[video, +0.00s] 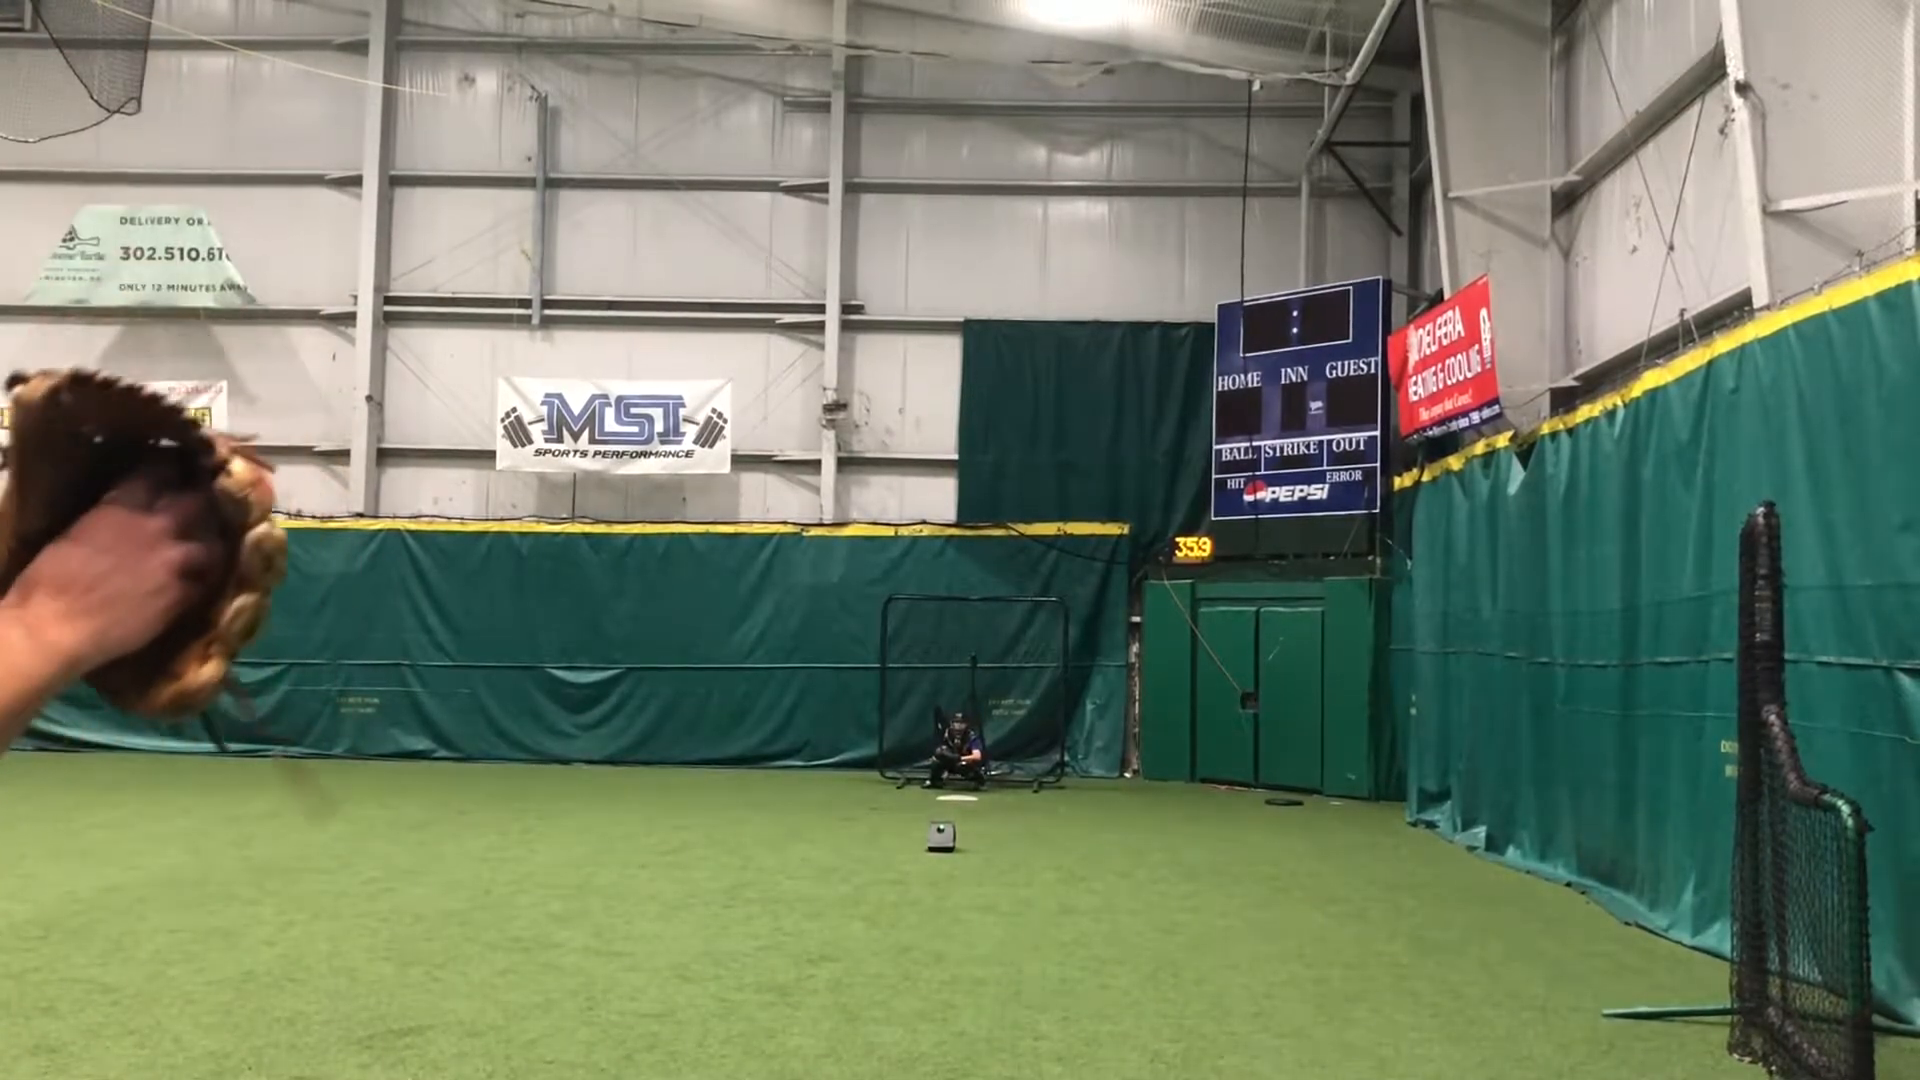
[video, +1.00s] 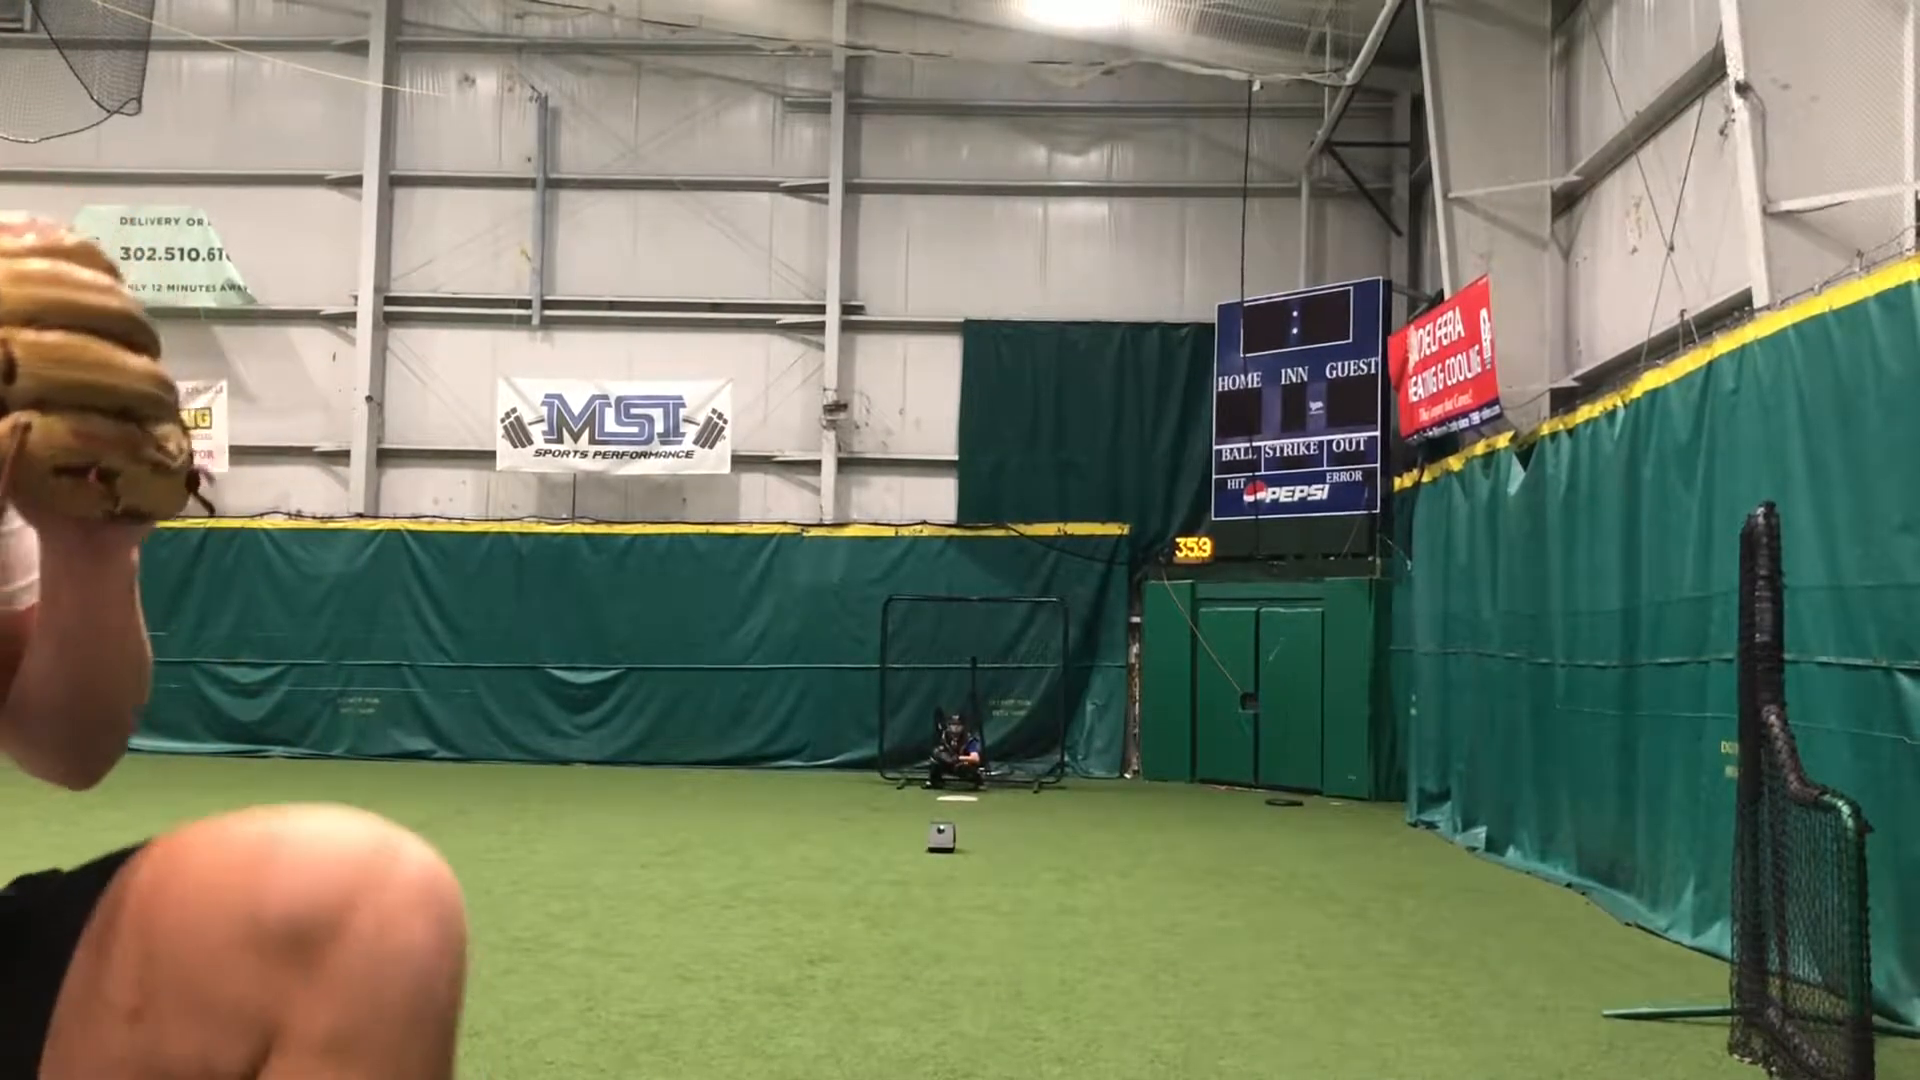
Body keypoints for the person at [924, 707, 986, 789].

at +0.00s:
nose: (958, 727)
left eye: (961, 723)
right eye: (955, 723)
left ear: (966, 725)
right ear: (951, 725)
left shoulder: (972, 737)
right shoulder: (947, 735)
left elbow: (977, 756)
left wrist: (961, 759)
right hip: (950, 762)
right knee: (936, 763)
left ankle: (979, 781)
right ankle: (935, 781)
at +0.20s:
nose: (957, 728)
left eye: (961, 724)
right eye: (955, 724)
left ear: (966, 725)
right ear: (951, 725)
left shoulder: (971, 739)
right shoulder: (948, 736)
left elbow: (977, 757)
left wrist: (961, 760)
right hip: (951, 764)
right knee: (936, 761)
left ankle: (981, 782)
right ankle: (935, 780)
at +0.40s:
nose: (956, 728)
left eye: (960, 724)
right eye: (953, 724)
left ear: (965, 726)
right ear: (950, 725)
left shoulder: (972, 740)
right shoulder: (947, 738)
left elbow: (976, 758)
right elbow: (938, 751)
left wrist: (960, 760)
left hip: (967, 767)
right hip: (950, 765)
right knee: (936, 762)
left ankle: (980, 783)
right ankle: (936, 781)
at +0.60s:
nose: (955, 728)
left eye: (958, 724)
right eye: (953, 724)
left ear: (964, 726)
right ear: (949, 726)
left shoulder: (971, 740)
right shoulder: (946, 738)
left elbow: (975, 758)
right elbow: (938, 751)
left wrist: (959, 759)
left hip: (966, 767)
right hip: (950, 765)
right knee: (935, 761)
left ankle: (980, 782)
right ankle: (935, 781)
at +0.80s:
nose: (955, 728)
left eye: (958, 725)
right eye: (952, 725)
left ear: (963, 727)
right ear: (948, 726)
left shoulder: (970, 741)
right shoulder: (944, 738)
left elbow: (975, 758)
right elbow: (936, 751)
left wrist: (958, 759)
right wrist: (945, 758)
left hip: (963, 766)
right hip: (947, 764)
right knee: (935, 765)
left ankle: (979, 783)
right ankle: (935, 781)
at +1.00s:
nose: (954, 728)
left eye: (957, 725)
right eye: (952, 725)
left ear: (963, 727)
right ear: (948, 726)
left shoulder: (970, 741)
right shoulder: (944, 738)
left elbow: (975, 759)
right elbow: (936, 752)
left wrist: (958, 758)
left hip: (964, 766)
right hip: (947, 764)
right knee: (934, 765)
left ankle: (978, 782)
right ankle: (935, 781)